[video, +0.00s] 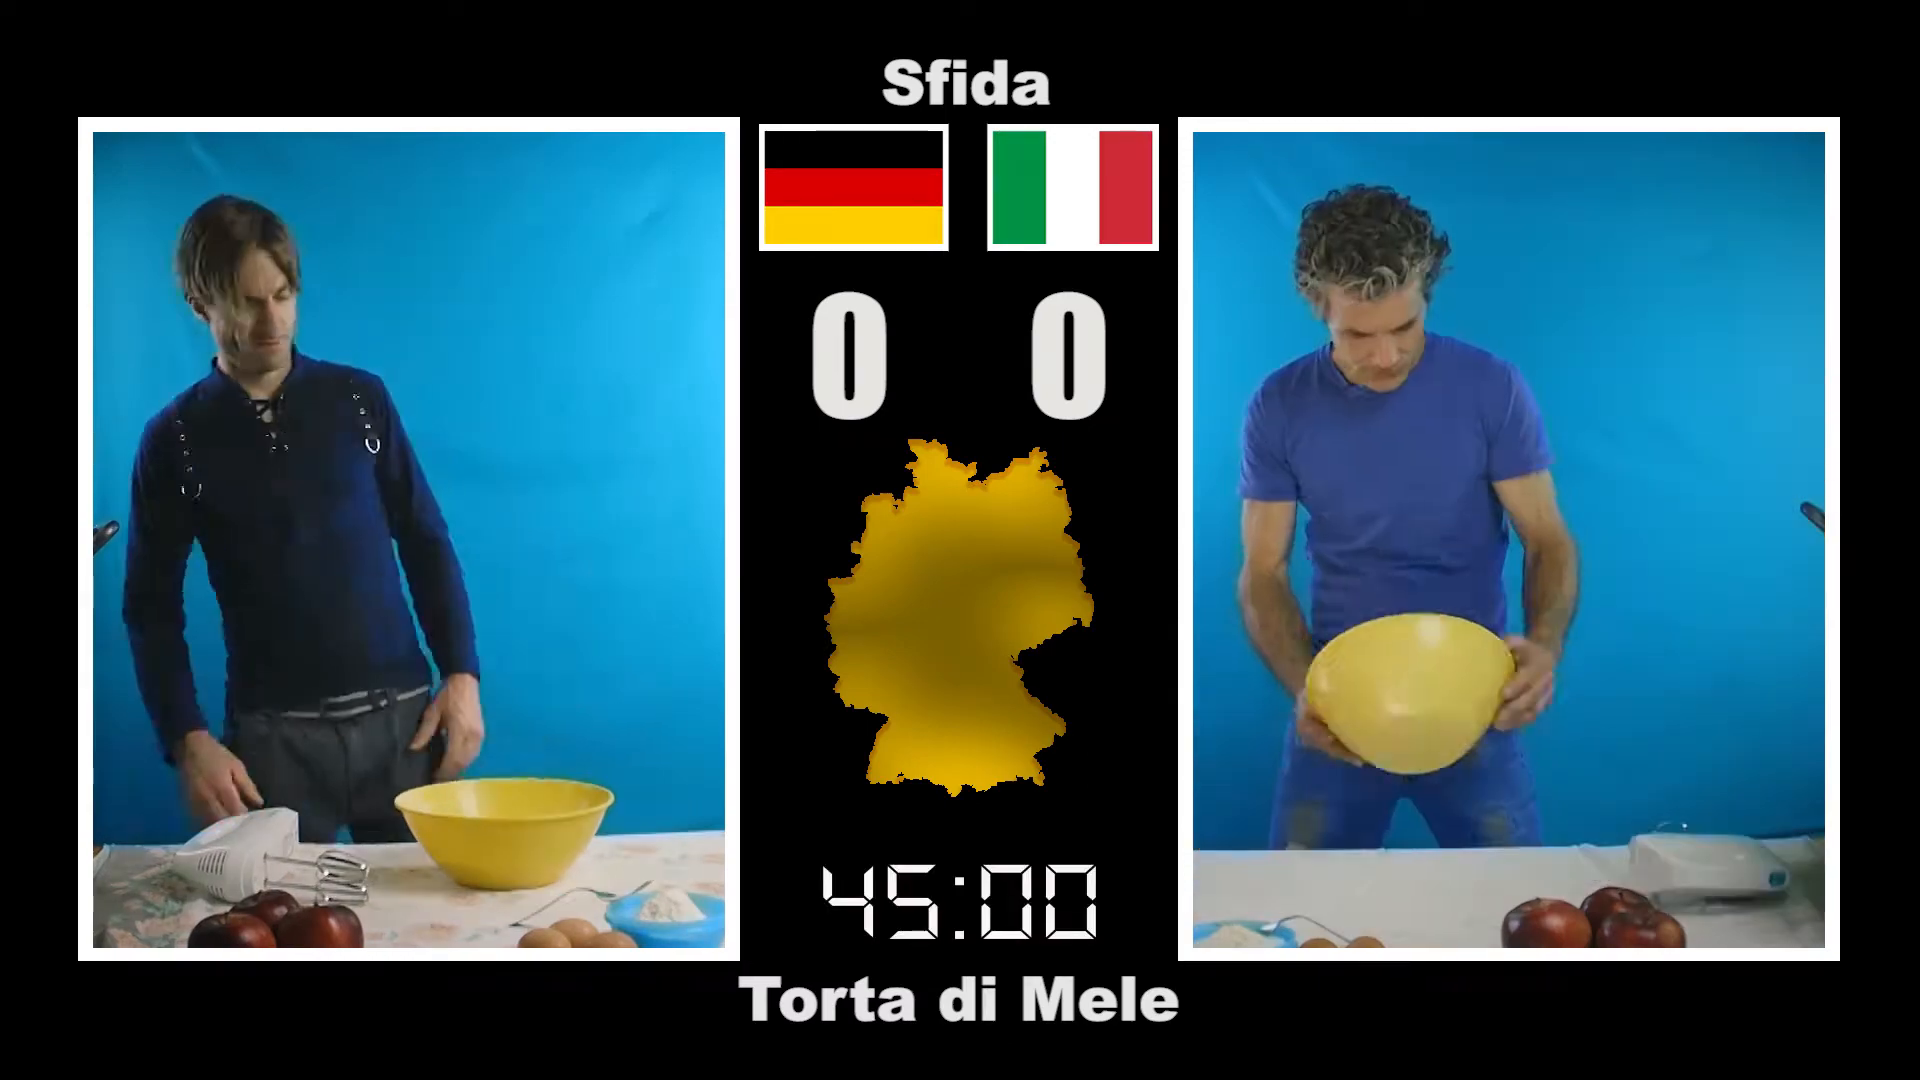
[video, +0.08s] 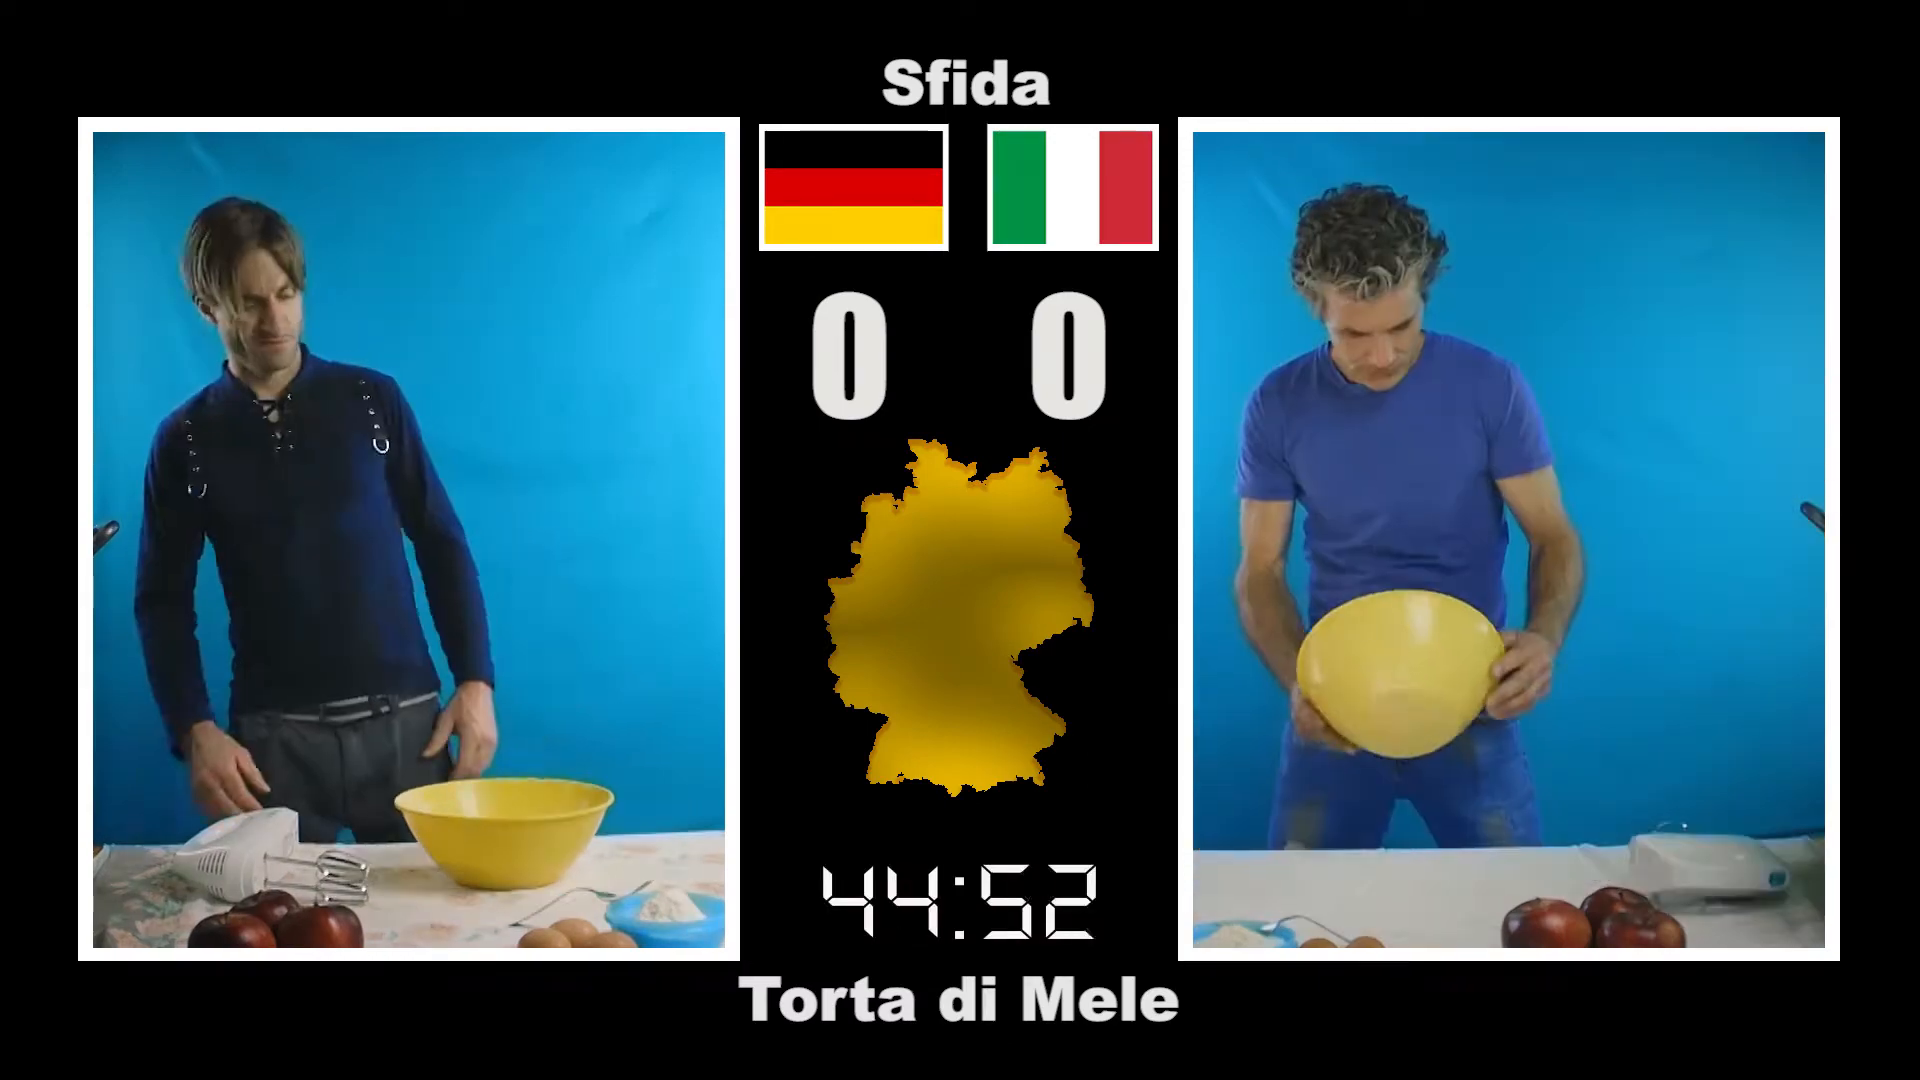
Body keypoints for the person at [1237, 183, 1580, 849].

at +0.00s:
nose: (1385, 354)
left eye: (1403, 328)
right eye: (1359, 335)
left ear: (1425, 297)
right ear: (1321, 308)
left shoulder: (1489, 390)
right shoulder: (1283, 406)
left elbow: (1548, 541)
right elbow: (1263, 575)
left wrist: (1544, 643)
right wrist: (1307, 688)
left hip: (1472, 693)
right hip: (1339, 695)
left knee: (1516, 906)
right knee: (1304, 908)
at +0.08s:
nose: (1382, 353)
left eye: (1401, 327)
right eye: (1356, 334)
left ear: (1422, 295)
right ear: (1318, 307)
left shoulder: (1489, 389)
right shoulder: (1282, 404)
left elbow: (1554, 538)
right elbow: (1260, 574)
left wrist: (1544, 636)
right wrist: (1301, 681)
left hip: (1468, 700)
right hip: (1334, 704)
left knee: (1518, 912)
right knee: (1304, 916)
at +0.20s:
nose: (1375, 351)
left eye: (1395, 325)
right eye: (1350, 331)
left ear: (1419, 293)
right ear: (1315, 304)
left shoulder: (1487, 386)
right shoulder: (1280, 403)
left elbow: (1557, 531)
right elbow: (1254, 567)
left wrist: (1542, 629)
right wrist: (1288, 672)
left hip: (1466, 708)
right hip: (1329, 713)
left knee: (1517, 920)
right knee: (1303, 925)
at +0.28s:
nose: (1373, 349)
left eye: (1393, 323)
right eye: (1348, 329)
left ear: (1417, 291)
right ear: (1314, 302)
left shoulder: (1486, 384)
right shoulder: (1278, 402)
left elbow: (1557, 529)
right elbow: (1251, 565)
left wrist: (1543, 629)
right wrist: (1281, 669)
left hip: (1466, 711)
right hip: (1326, 716)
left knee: (1516, 924)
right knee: (1303, 930)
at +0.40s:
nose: (1370, 344)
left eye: (1391, 318)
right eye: (1346, 323)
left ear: (1415, 286)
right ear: (1312, 297)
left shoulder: (1485, 383)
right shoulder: (1276, 401)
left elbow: (1555, 528)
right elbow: (1248, 565)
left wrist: (1544, 631)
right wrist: (1277, 662)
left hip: (1464, 710)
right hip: (1326, 714)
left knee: (1517, 923)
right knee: (1303, 931)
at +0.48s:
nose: (1370, 341)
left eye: (1390, 315)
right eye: (1345, 320)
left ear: (1414, 285)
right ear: (1312, 294)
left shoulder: (1484, 382)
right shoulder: (1275, 400)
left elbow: (1552, 526)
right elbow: (1248, 563)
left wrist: (1545, 631)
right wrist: (1276, 657)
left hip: (1464, 711)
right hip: (1326, 716)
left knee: (1514, 927)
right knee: (1303, 934)